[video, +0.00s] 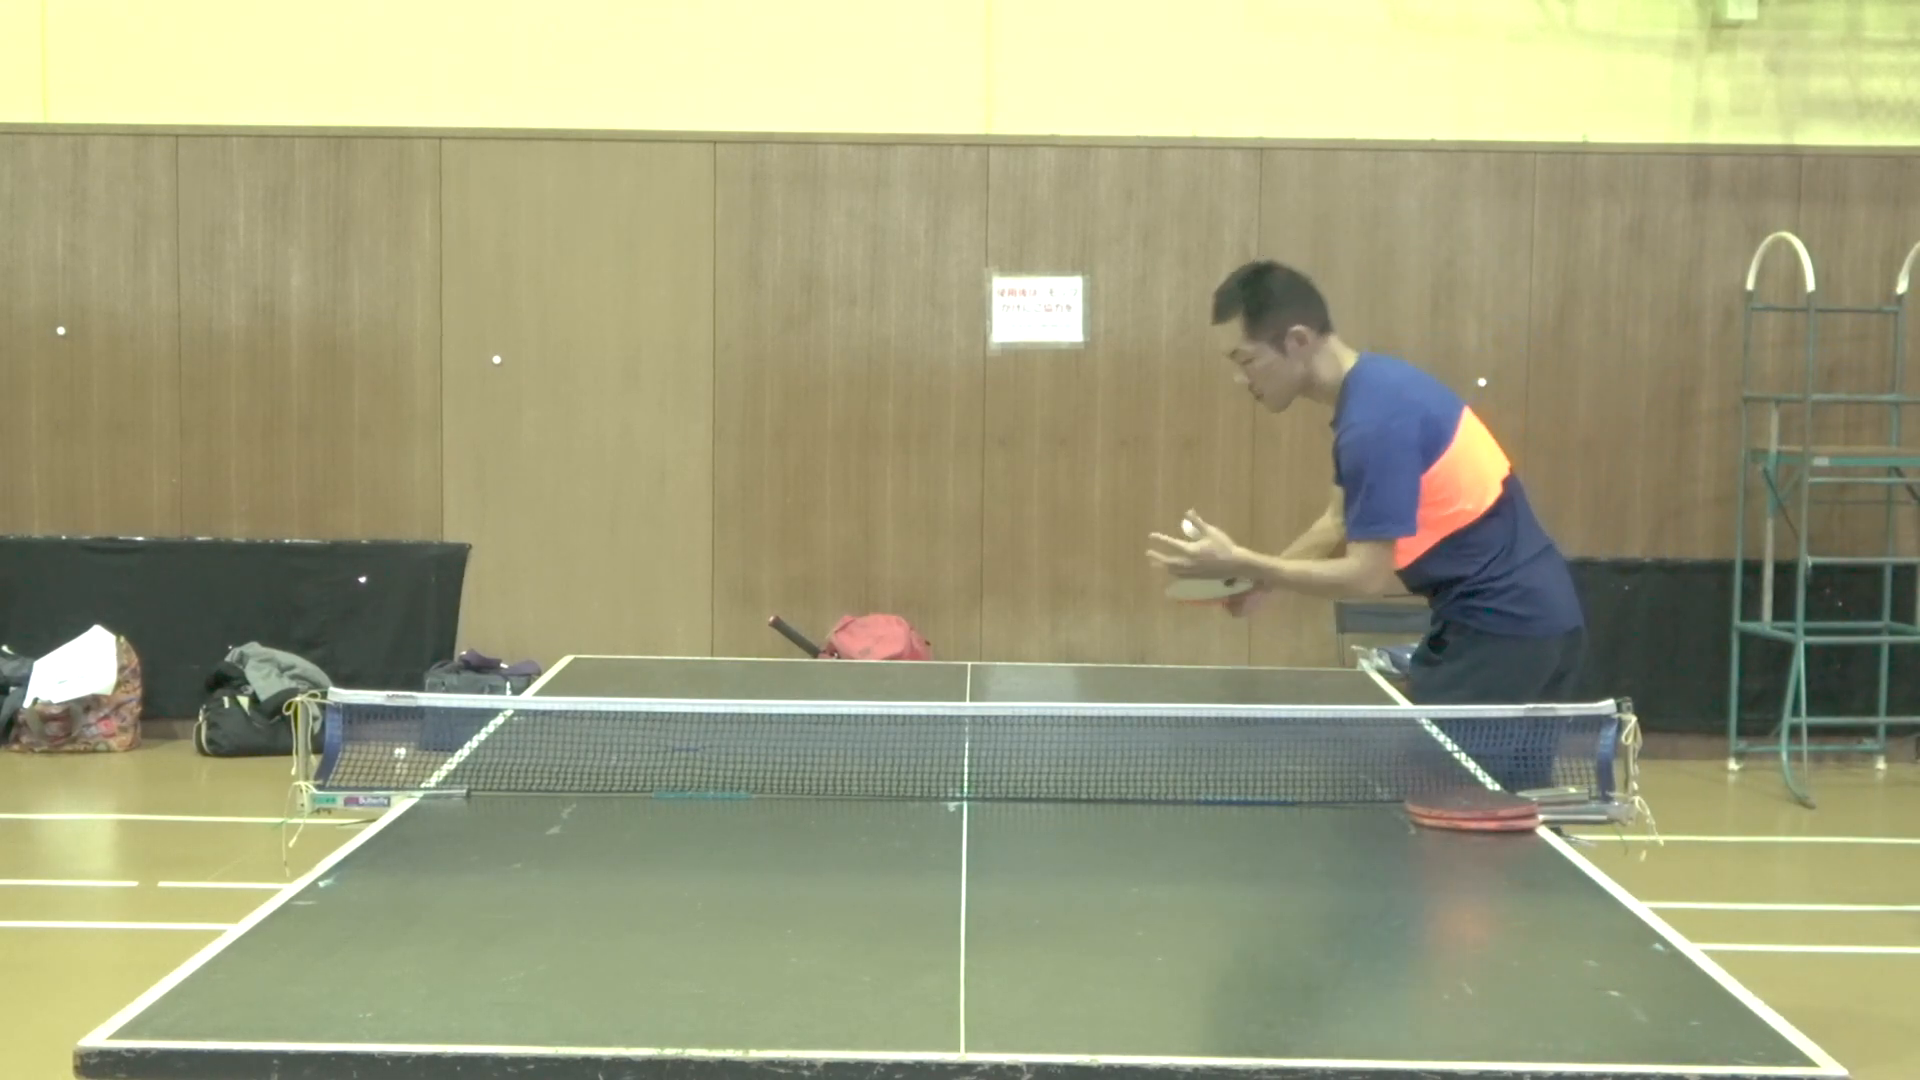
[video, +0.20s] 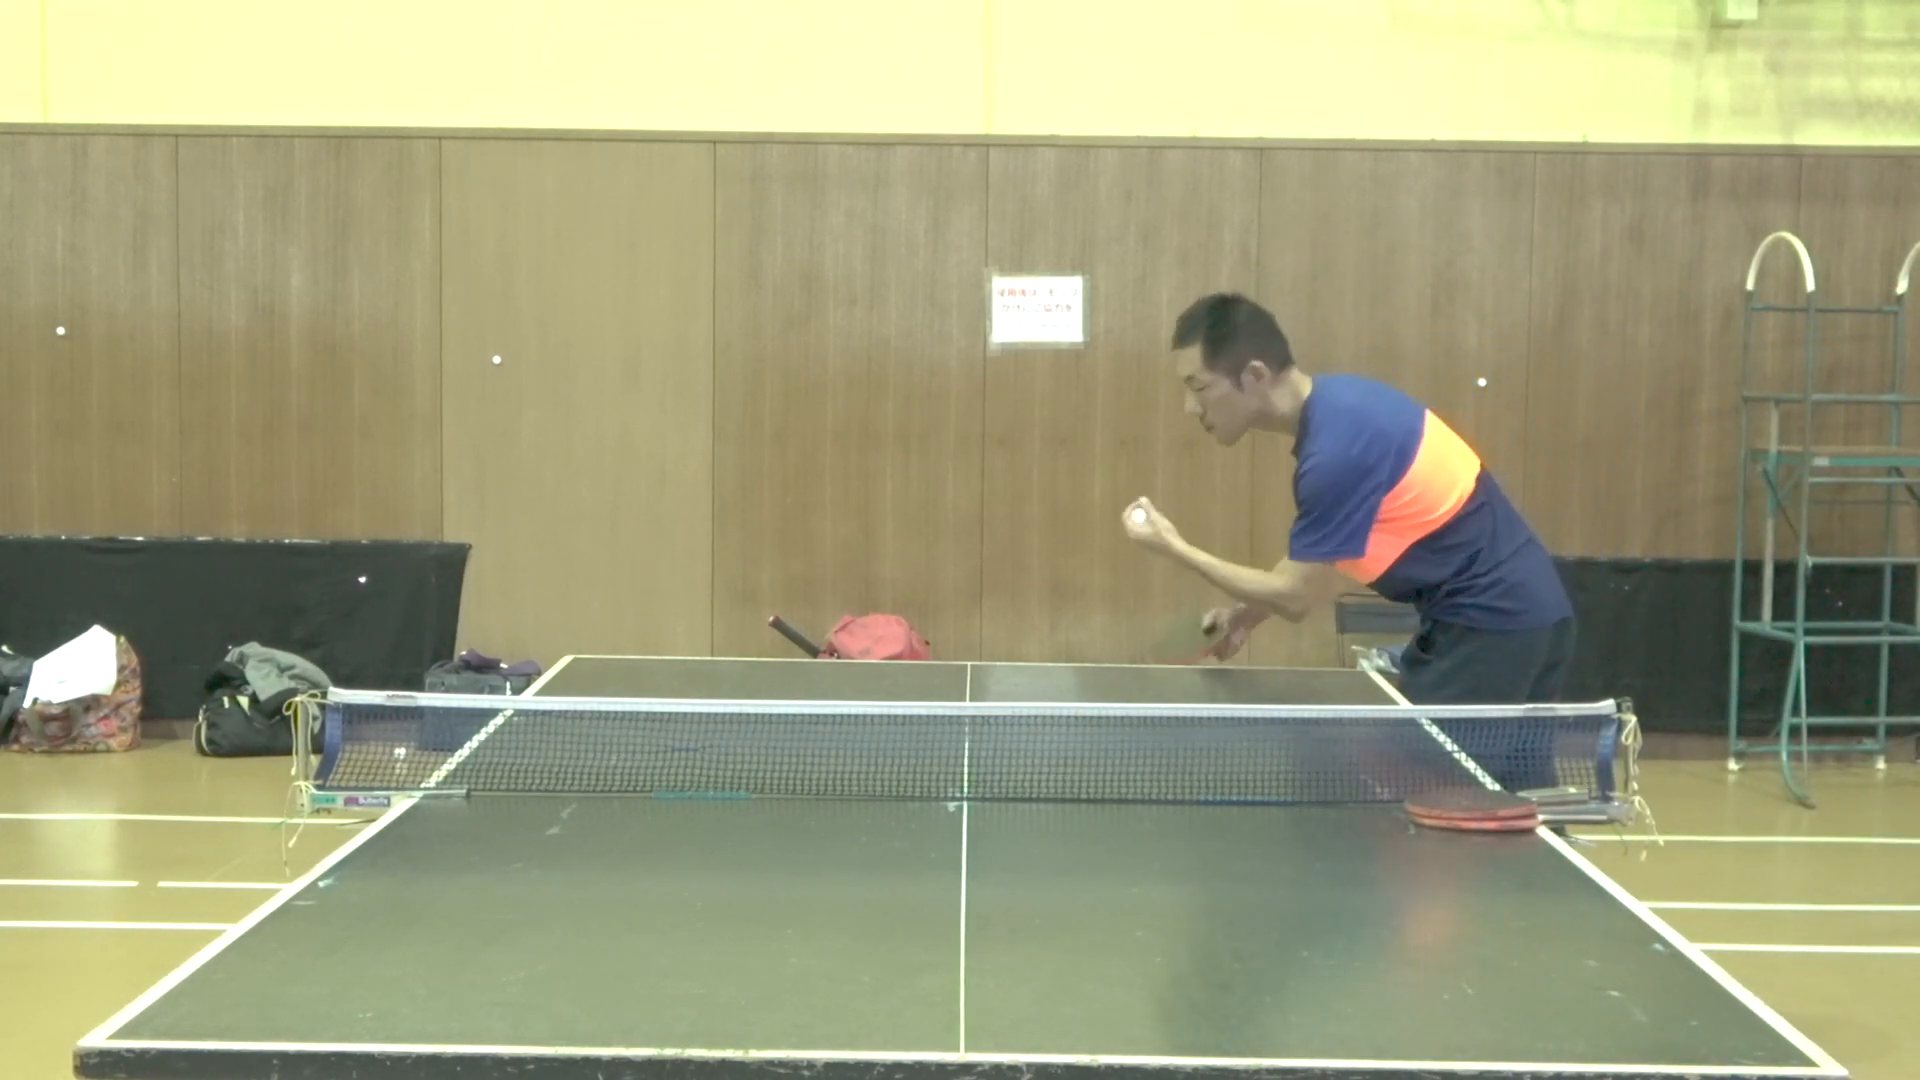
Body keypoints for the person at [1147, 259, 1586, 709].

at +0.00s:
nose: (1243, 379)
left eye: (1247, 360)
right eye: (1237, 364)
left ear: (1299, 342)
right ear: (1301, 343)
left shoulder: (1375, 420)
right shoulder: (1369, 394)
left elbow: (1370, 576)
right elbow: (1339, 524)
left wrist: (1241, 562)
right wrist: (1264, 583)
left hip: (1506, 631)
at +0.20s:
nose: (1192, 408)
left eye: (1199, 388)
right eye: (1188, 390)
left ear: (1254, 376)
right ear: (1258, 375)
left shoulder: (1337, 450)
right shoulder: (1339, 405)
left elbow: (1293, 596)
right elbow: (1333, 552)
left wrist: (1173, 546)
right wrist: (1255, 613)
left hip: (1492, 627)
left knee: (1391, 782)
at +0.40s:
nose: (1175, 423)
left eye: (1185, 403)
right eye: (1172, 405)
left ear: (1240, 394)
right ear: (1248, 392)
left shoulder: (1319, 459)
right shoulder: (1328, 413)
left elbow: (1222, 591)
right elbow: (1281, 567)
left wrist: (1082, 597)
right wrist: (1206, 623)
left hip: (1497, 626)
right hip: (1512, 610)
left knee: (1388, 783)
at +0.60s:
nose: (1182, 393)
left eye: (1196, 374)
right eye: (1183, 374)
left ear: (1250, 380)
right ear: (1256, 379)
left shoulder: (1311, 448)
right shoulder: (1330, 416)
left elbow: (1189, 564)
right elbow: (1257, 557)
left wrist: (1061, 617)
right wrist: (1180, 595)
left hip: (1500, 625)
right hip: (1509, 612)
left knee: (1386, 785)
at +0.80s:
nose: (1237, 326)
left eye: (1255, 310)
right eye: (1243, 309)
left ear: (1309, 328)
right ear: (1313, 329)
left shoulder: (1334, 404)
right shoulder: (1362, 390)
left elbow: (1190, 468)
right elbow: (1247, 486)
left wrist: (1043, 495)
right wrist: (1155, 504)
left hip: (1497, 633)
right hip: (1525, 624)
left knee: (1351, 786)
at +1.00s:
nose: (1319, 280)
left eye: (1341, 266)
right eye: (1328, 264)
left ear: (1390, 289)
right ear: (1392, 293)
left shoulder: (1393, 351)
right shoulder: (1423, 360)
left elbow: (1237, 324)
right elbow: (1288, 403)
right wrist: (1200, 329)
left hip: (1508, 628)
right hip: (1549, 626)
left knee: (1408, 802)